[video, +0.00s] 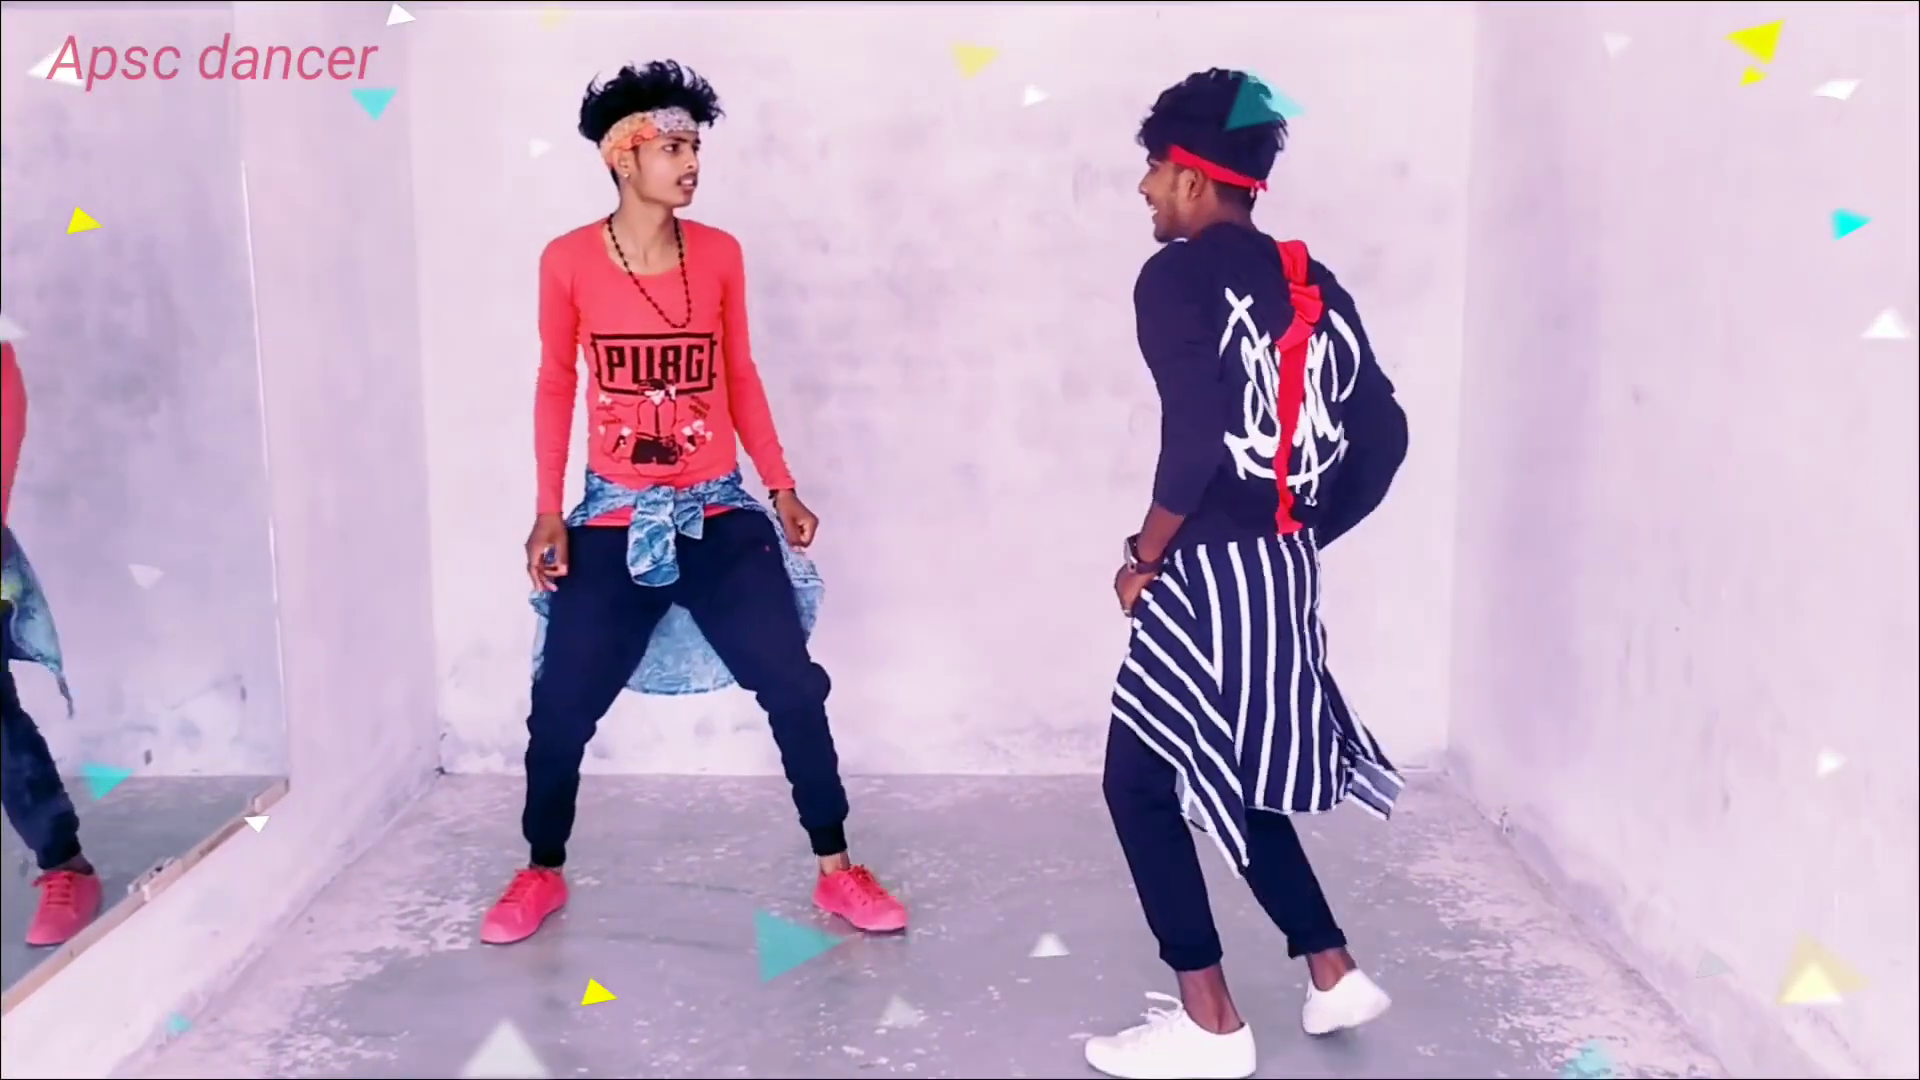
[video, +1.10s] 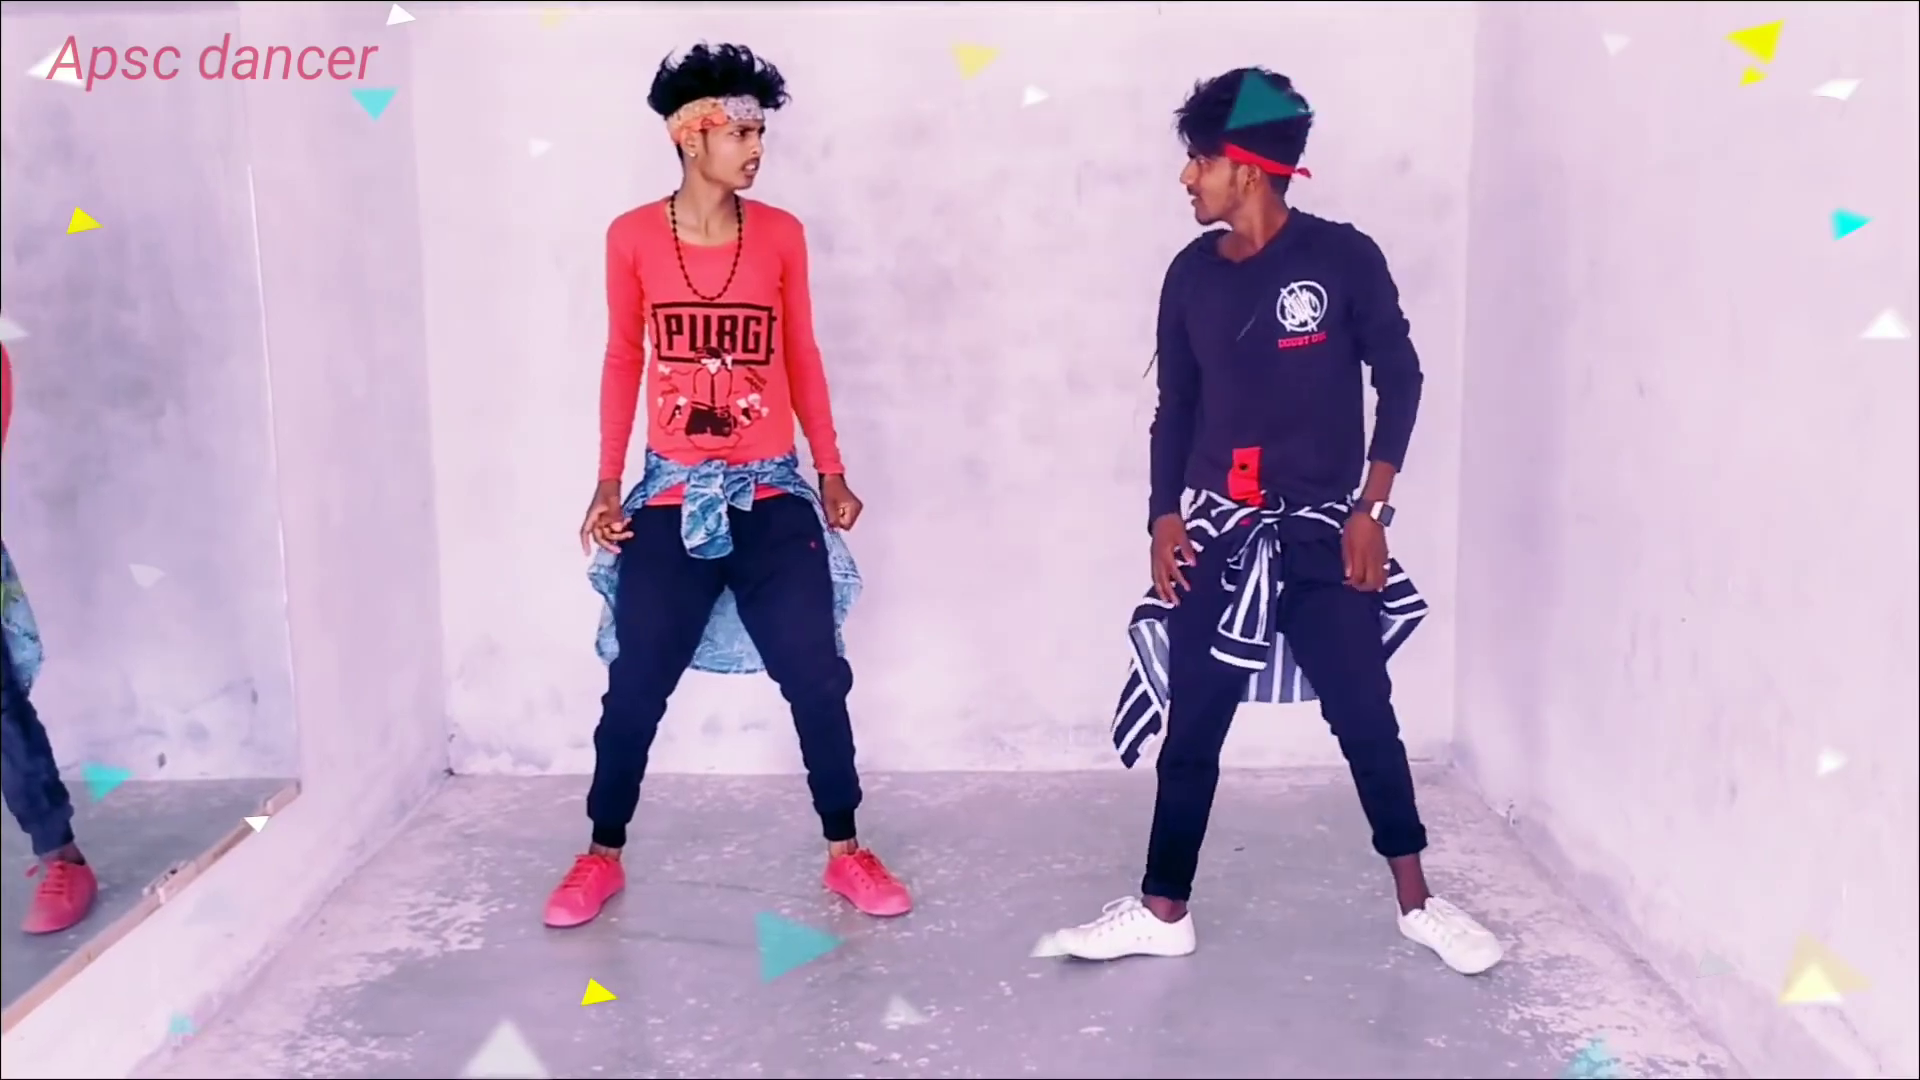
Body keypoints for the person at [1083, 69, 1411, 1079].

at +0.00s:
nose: (1143, 186)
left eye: (1154, 168)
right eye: (1148, 166)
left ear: (1194, 174)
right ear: (1236, 177)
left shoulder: (1173, 275)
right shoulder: (1312, 279)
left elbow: (1197, 427)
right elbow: (1380, 436)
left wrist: (1148, 547)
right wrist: (1301, 527)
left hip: (1206, 562)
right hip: (1284, 563)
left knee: (1136, 783)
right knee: (1236, 775)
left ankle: (1209, 1020)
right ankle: (1333, 975)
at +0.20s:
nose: (1103, 180)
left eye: (1110, 161)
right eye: (1106, 161)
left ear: (1147, 164)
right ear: (1188, 164)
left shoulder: (1197, 259)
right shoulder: (1240, 254)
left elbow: (1239, 423)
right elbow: (1300, 423)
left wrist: (1152, 540)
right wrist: (1222, 512)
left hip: (1195, 547)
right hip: (1220, 542)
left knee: (1142, 757)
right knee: (1161, 738)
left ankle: (1211, 1020)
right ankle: (1225, 922)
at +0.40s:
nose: (1083, 200)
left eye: (1089, 179)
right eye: (1082, 180)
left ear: (1133, 171)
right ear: (1140, 169)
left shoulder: (1216, 263)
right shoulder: (1167, 268)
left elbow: (1283, 408)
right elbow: (1181, 411)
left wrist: (1152, 494)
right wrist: (1112, 451)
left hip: (1196, 553)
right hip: (1147, 543)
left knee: (1161, 770)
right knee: (1120, 743)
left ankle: (1218, 1016)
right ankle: (1153, 914)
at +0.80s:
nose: (1101, 185)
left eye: (1111, 166)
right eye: (1100, 166)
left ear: (1160, 166)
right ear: (1146, 167)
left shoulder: (1266, 248)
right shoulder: (1123, 265)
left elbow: (1347, 366)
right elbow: (1118, 388)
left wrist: (1290, 472)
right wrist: (1096, 490)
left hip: (1243, 527)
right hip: (1149, 530)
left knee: (1253, 727)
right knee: (1149, 731)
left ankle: (1307, 912)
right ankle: (1156, 914)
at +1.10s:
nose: (1186, 177)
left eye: (1200, 161)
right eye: (1188, 159)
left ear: (1254, 168)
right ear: (1231, 164)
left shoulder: (1344, 257)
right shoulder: (1190, 273)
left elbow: (1399, 378)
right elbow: (1175, 403)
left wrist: (1372, 505)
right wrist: (1163, 516)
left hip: (1323, 528)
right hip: (1217, 533)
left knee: (1363, 718)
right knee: (1192, 726)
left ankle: (1416, 902)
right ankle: (1162, 908)